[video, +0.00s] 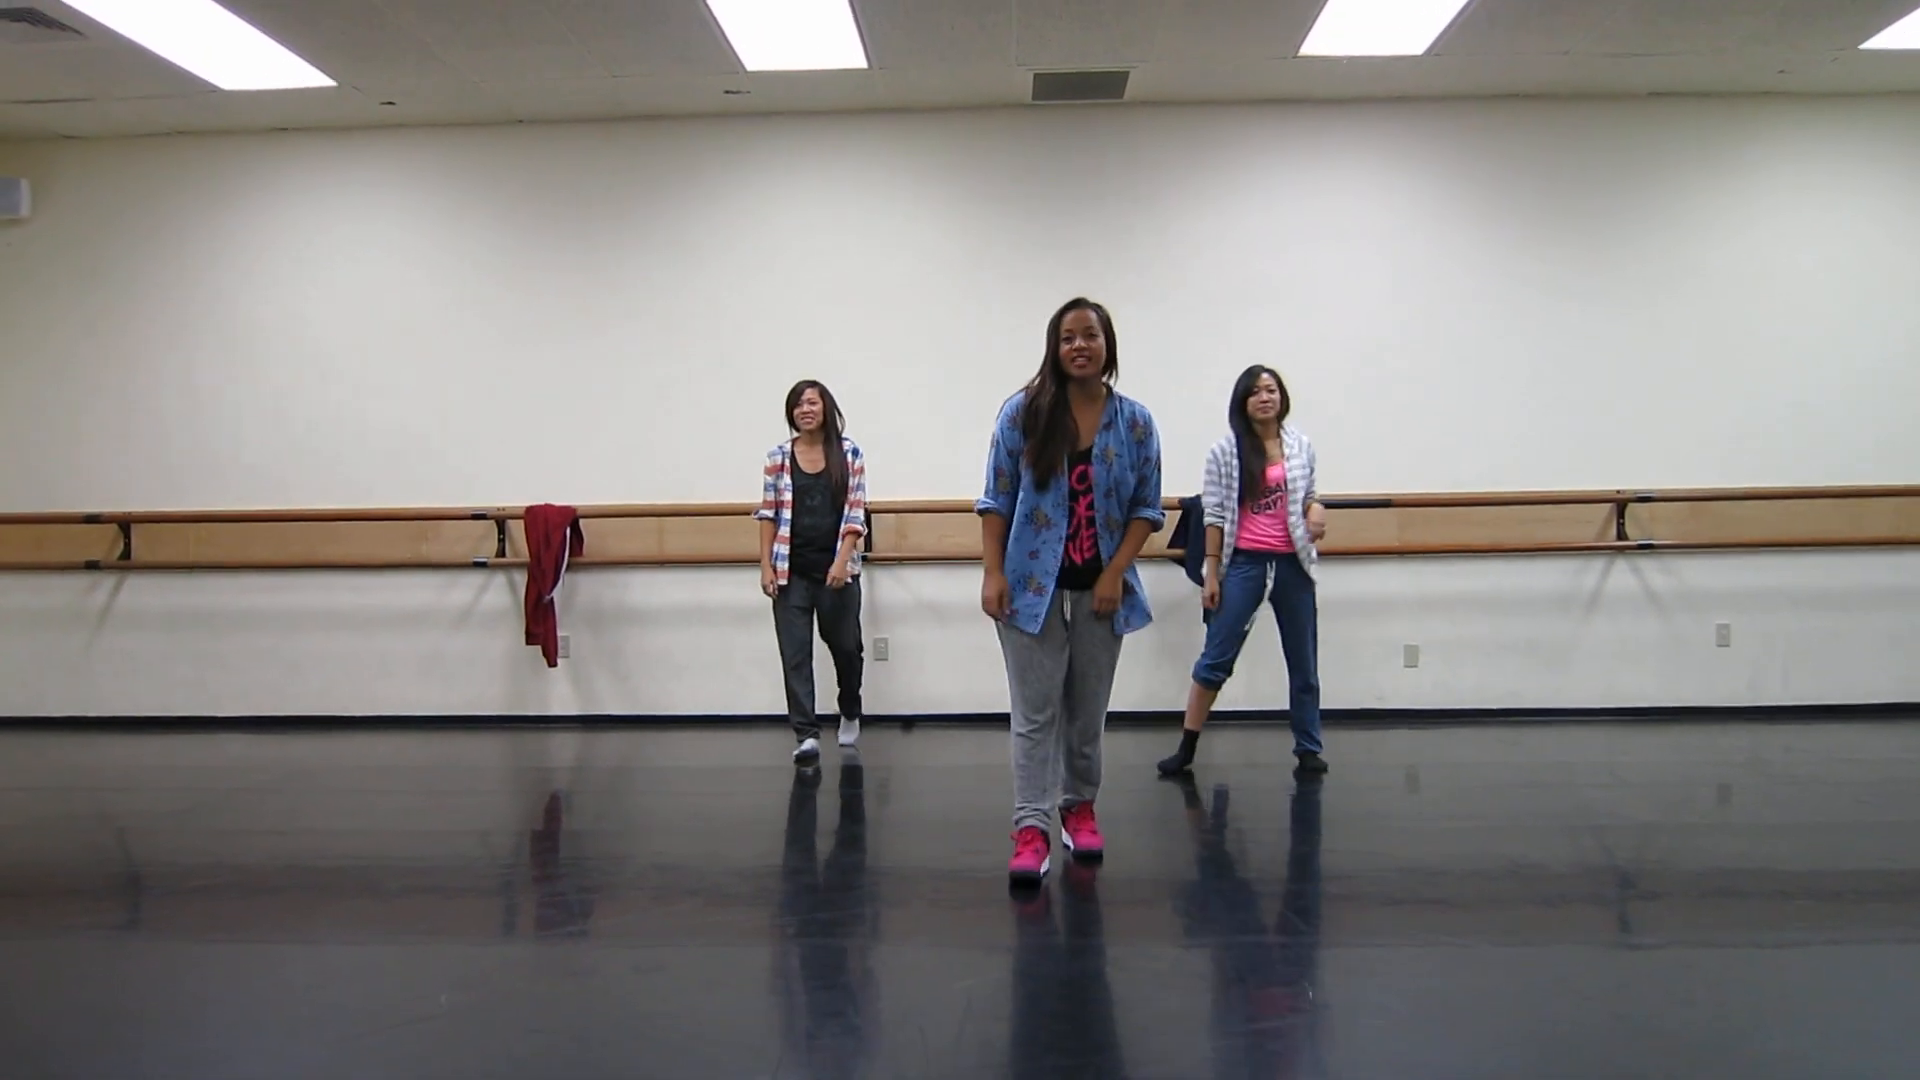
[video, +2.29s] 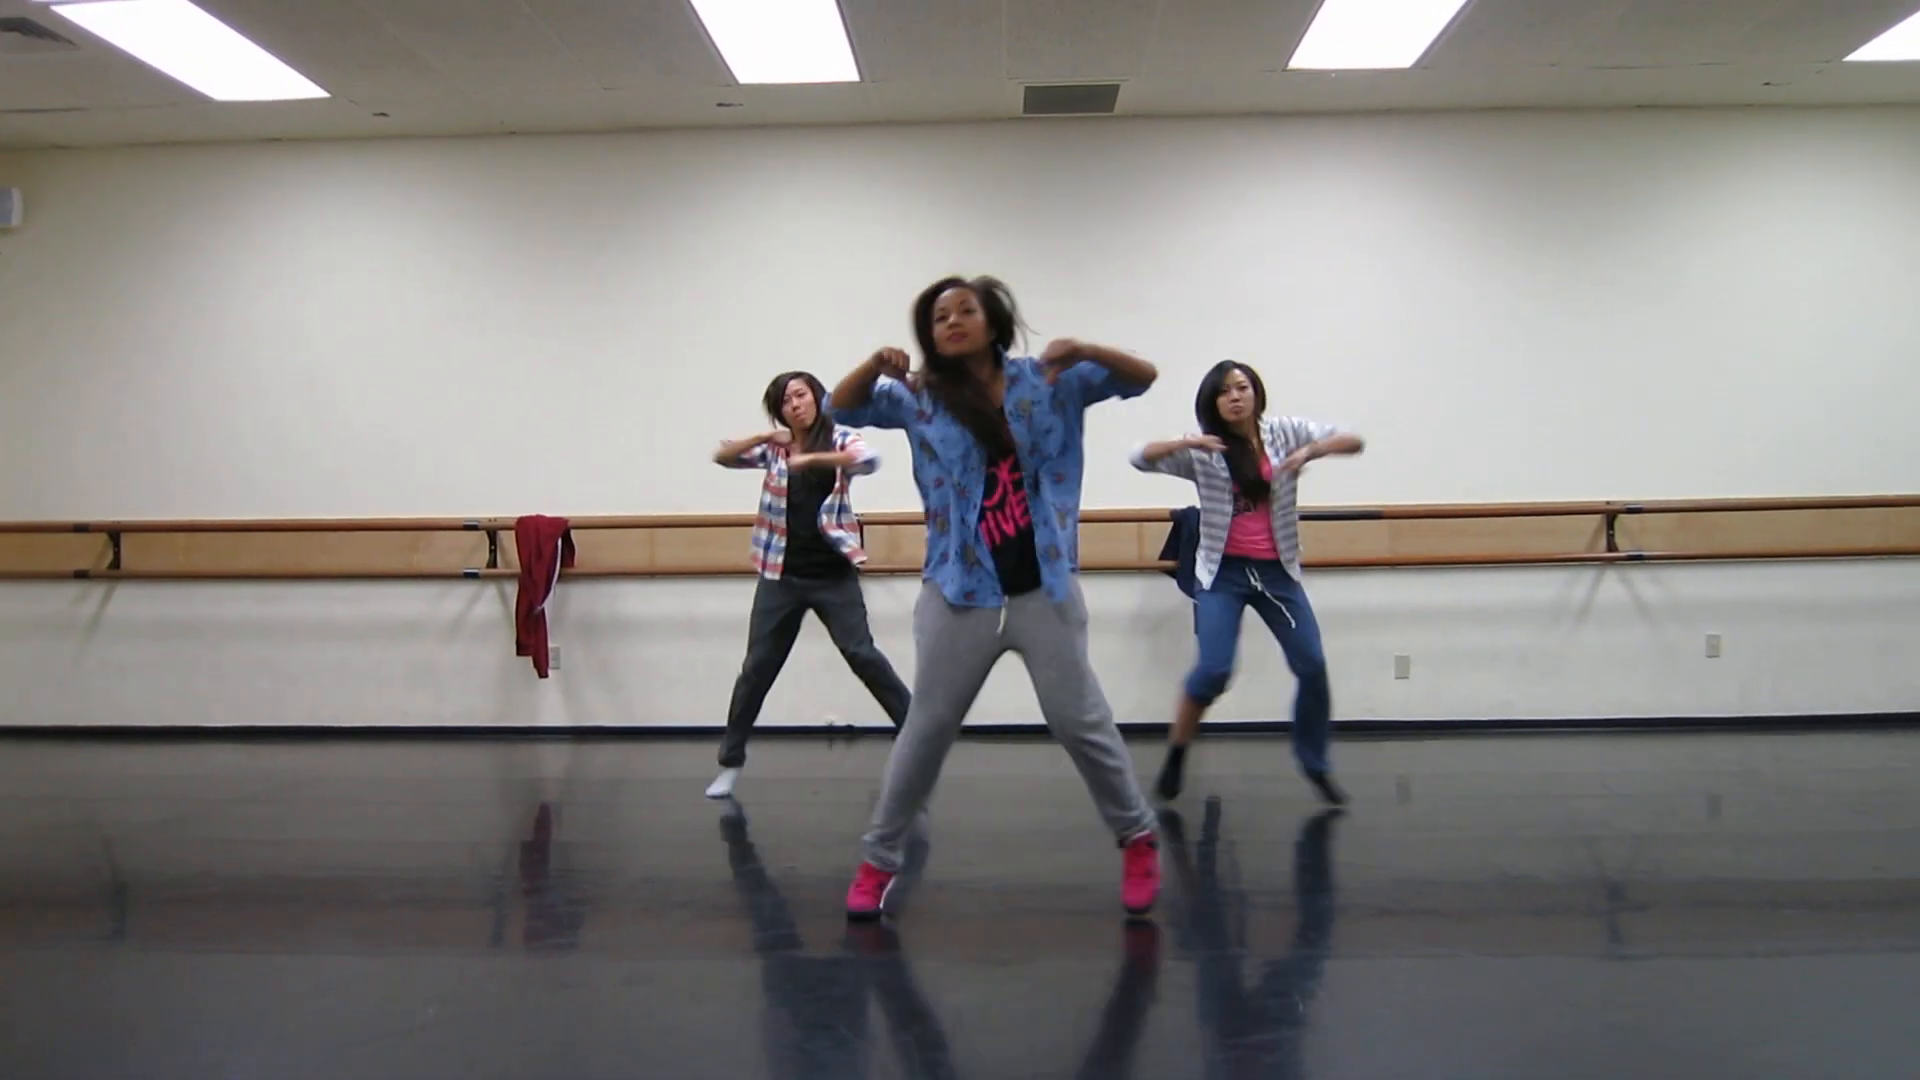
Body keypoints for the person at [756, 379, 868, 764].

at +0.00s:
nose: (806, 409)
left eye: (813, 402)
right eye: (799, 404)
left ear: (827, 409)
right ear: (791, 412)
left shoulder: (848, 452)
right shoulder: (778, 457)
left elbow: (856, 510)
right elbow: (768, 513)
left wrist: (843, 559)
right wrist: (765, 563)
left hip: (836, 572)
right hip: (790, 573)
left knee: (848, 650)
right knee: (795, 656)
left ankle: (849, 713)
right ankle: (805, 734)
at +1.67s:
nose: (827, 411)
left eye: (835, 406)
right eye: (820, 406)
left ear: (848, 418)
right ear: (810, 416)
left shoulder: (866, 462)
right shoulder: (792, 462)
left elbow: (894, 515)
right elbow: (765, 505)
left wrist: (887, 549)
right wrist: (766, 541)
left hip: (851, 588)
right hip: (802, 590)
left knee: (850, 669)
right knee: (813, 674)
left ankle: (850, 760)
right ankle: (829, 750)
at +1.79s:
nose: (823, 416)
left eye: (830, 409)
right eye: (816, 411)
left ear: (845, 419)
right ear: (806, 424)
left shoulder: (866, 463)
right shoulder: (795, 465)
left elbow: (902, 496)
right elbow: (765, 505)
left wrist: (909, 479)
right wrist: (756, 464)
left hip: (854, 589)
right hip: (803, 590)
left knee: (850, 673)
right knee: (806, 679)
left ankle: (847, 766)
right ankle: (832, 721)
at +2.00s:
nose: (818, 422)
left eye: (824, 414)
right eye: (810, 419)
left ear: (840, 422)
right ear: (803, 433)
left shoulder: (861, 469)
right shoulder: (791, 471)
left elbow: (894, 503)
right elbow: (746, 479)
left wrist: (909, 484)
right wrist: (698, 475)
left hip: (850, 596)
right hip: (800, 593)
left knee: (849, 681)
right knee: (798, 670)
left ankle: (846, 768)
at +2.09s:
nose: (813, 415)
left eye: (820, 408)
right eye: (805, 412)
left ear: (835, 415)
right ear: (798, 425)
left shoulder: (855, 459)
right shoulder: (793, 461)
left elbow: (839, 492)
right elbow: (775, 473)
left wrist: (802, 505)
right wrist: (778, 475)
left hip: (843, 590)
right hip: (795, 585)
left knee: (847, 684)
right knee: (779, 654)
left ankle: (844, 766)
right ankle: (770, 737)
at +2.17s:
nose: (806, 399)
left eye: (812, 392)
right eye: (797, 396)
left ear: (828, 399)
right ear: (790, 409)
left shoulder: (848, 443)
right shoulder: (785, 443)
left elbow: (811, 481)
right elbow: (780, 463)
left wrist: (760, 495)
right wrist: (803, 451)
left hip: (842, 577)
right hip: (791, 571)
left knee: (850, 662)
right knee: (762, 640)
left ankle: (852, 759)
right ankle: (771, 731)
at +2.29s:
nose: (795, 402)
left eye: (801, 393)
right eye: (788, 399)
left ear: (820, 400)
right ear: (782, 413)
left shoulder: (840, 436)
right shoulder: (774, 449)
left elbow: (868, 459)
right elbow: (722, 456)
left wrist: (810, 459)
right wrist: (762, 439)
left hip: (834, 579)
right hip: (780, 580)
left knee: (862, 657)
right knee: (757, 667)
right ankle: (730, 763)